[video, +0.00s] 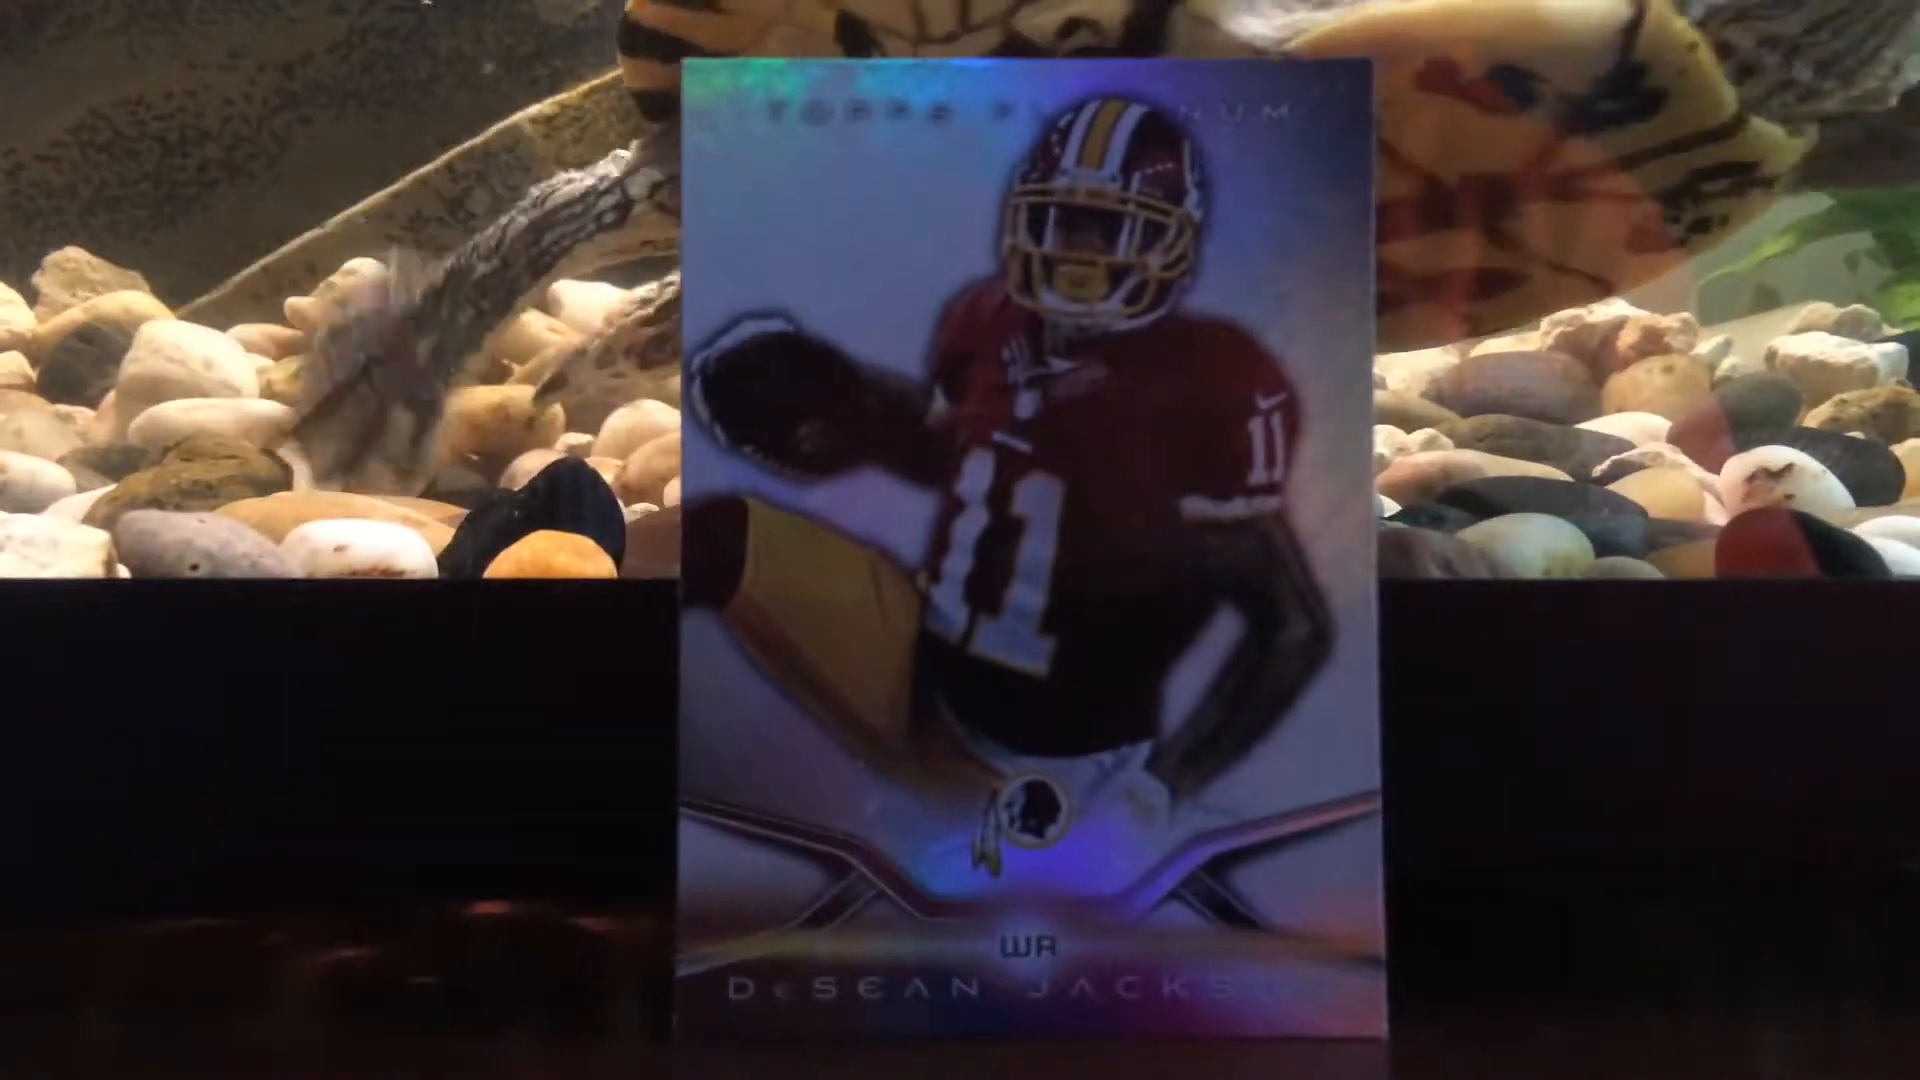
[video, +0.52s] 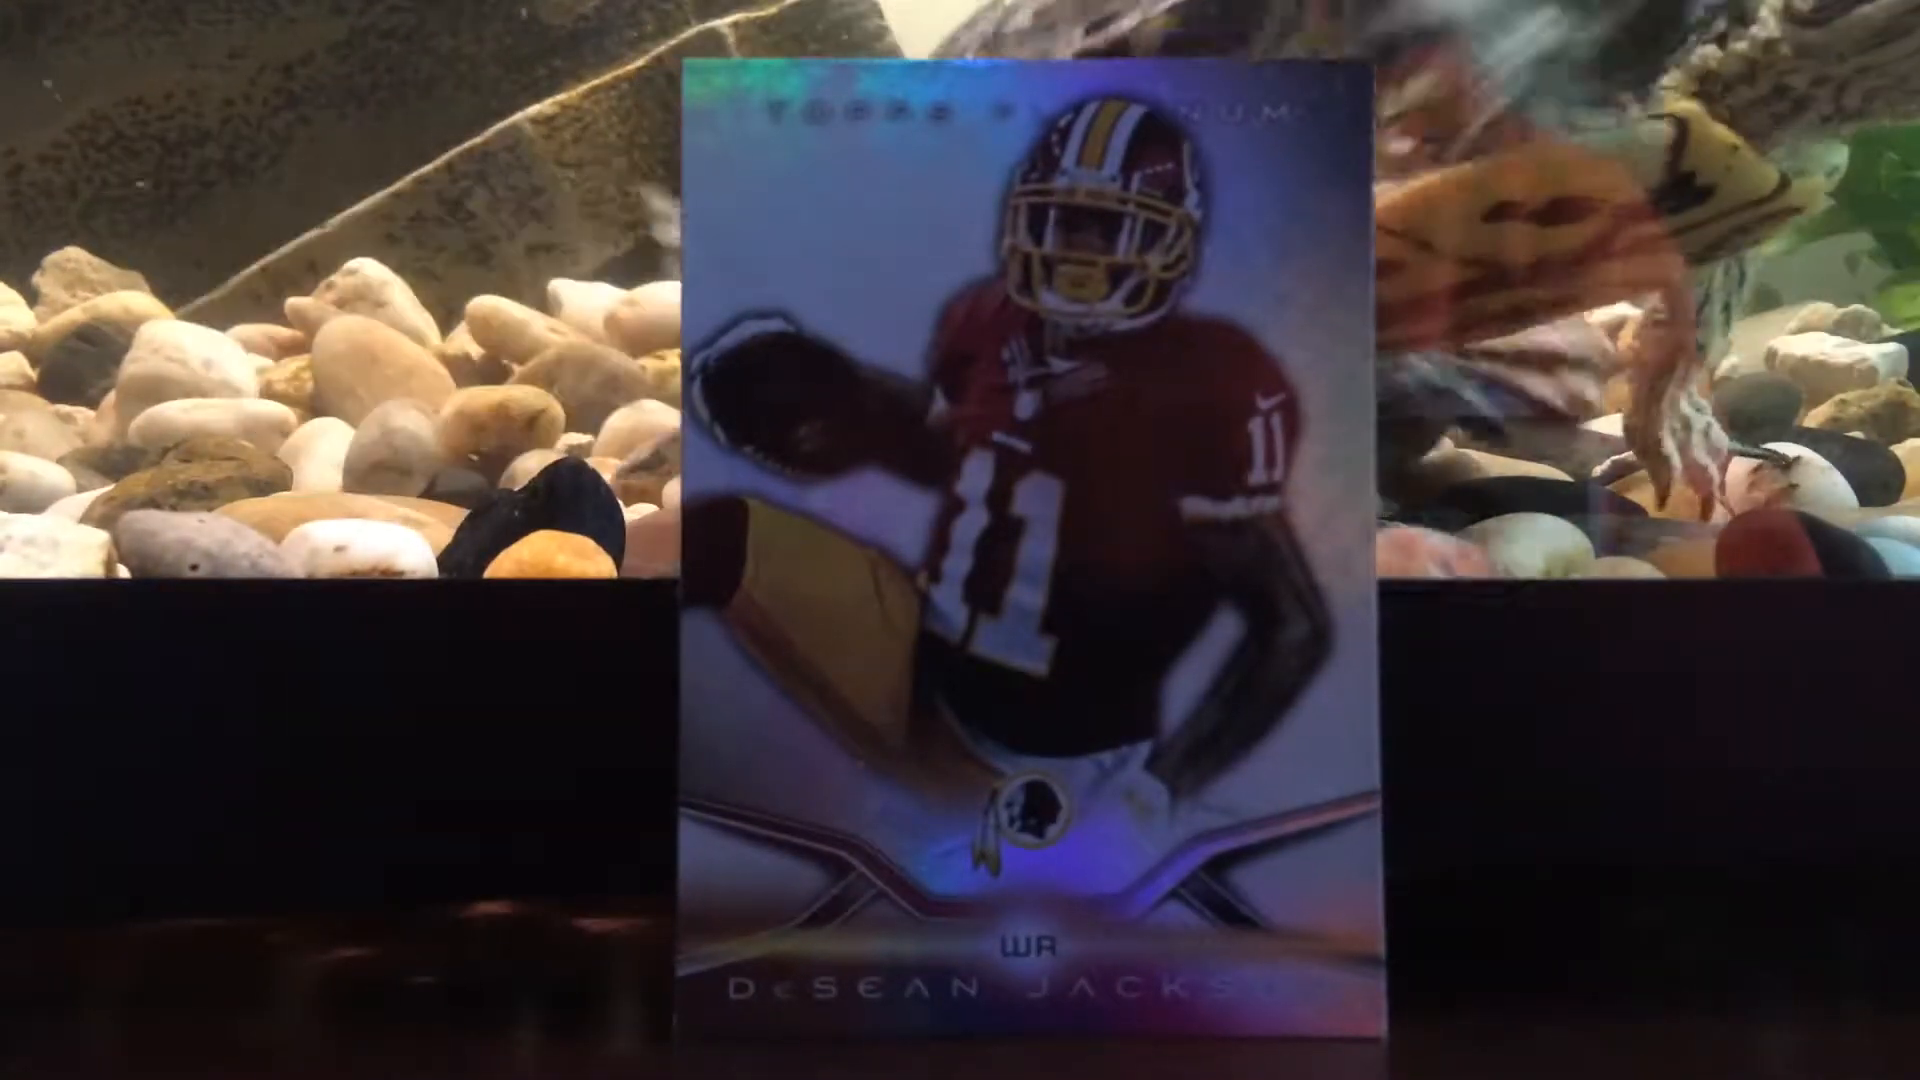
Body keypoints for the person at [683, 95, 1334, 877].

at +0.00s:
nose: (1077, 255)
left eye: (1112, 231)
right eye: (1057, 222)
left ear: (1175, 247)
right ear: (1019, 227)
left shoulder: (1218, 385)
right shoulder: (980, 324)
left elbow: (1295, 628)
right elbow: (957, 460)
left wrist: (1156, 791)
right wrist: (858, 414)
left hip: (1081, 754)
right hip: (932, 690)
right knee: (714, 539)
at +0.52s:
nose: (1078, 259)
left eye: (1112, 232)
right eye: (1059, 224)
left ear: (1174, 246)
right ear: (1020, 226)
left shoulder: (1217, 386)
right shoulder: (980, 325)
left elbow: (1295, 629)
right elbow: (957, 458)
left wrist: (1157, 793)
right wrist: (852, 412)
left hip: (1076, 751)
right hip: (929, 678)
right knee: (716, 537)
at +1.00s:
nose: (1079, 253)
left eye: (1114, 229)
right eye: (1060, 221)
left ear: (1176, 246)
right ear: (1020, 225)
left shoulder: (1217, 385)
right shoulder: (979, 325)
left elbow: (1294, 629)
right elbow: (956, 459)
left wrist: (1155, 791)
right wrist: (856, 414)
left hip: (1081, 755)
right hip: (933, 692)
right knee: (718, 539)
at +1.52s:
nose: (1080, 250)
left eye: (1115, 227)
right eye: (1061, 219)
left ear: (1176, 244)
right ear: (1021, 223)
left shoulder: (1215, 385)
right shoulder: (980, 324)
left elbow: (1294, 630)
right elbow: (960, 459)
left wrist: (1154, 793)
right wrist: (856, 414)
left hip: (1081, 756)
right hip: (930, 683)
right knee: (711, 535)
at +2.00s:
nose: (1079, 253)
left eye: (1113, 229)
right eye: (1060, 221)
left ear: (1175, 244)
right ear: (1021, 225)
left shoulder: (1214, 384)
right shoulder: (980, 325)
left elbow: (1294, 629)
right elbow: (954, 457)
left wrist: (1155, 793)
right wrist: (851, 410)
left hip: (1077, 758)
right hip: (926, 681)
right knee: (714, 536)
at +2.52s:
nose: (1077, 252)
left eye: (1112, 229)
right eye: (1058, 221)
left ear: (1174, 244)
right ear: (1020, 226)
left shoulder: (1216, 385)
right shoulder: (980, 325)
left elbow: (1294, 629)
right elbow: (955, 456)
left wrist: (1156, 791)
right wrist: (850, 409)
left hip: (1082, 756)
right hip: (928, 682)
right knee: (711, 536)